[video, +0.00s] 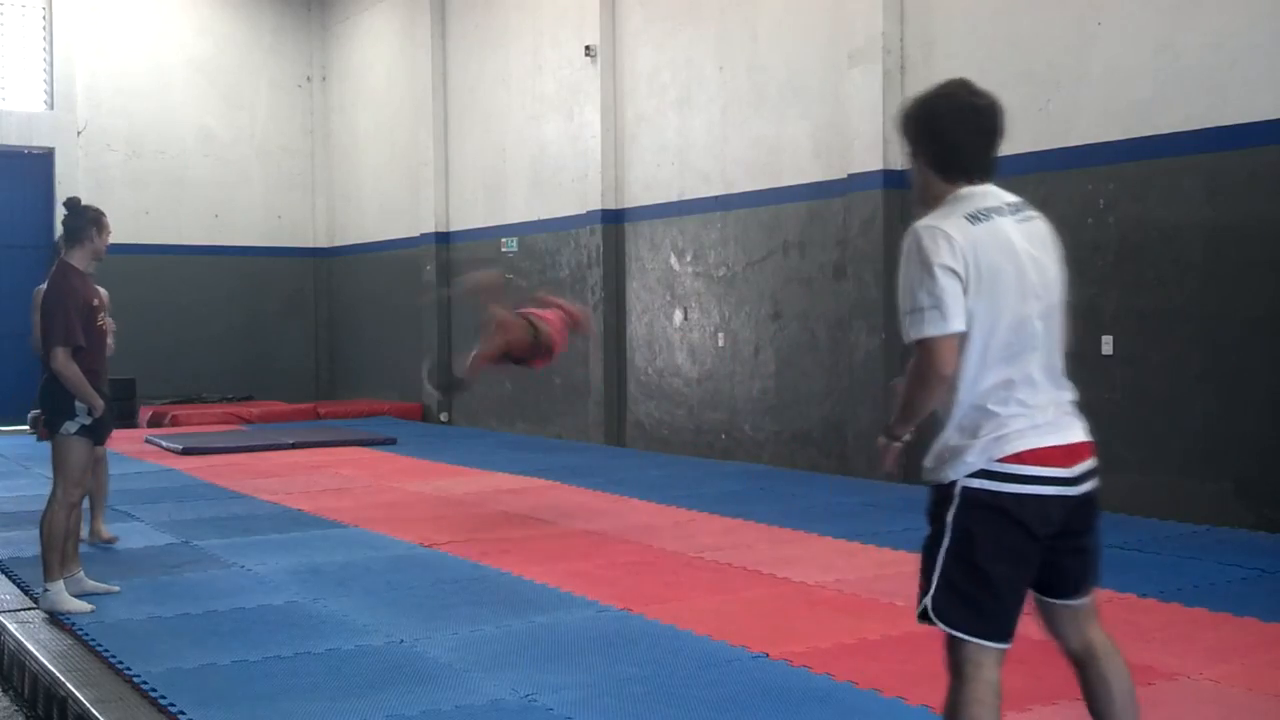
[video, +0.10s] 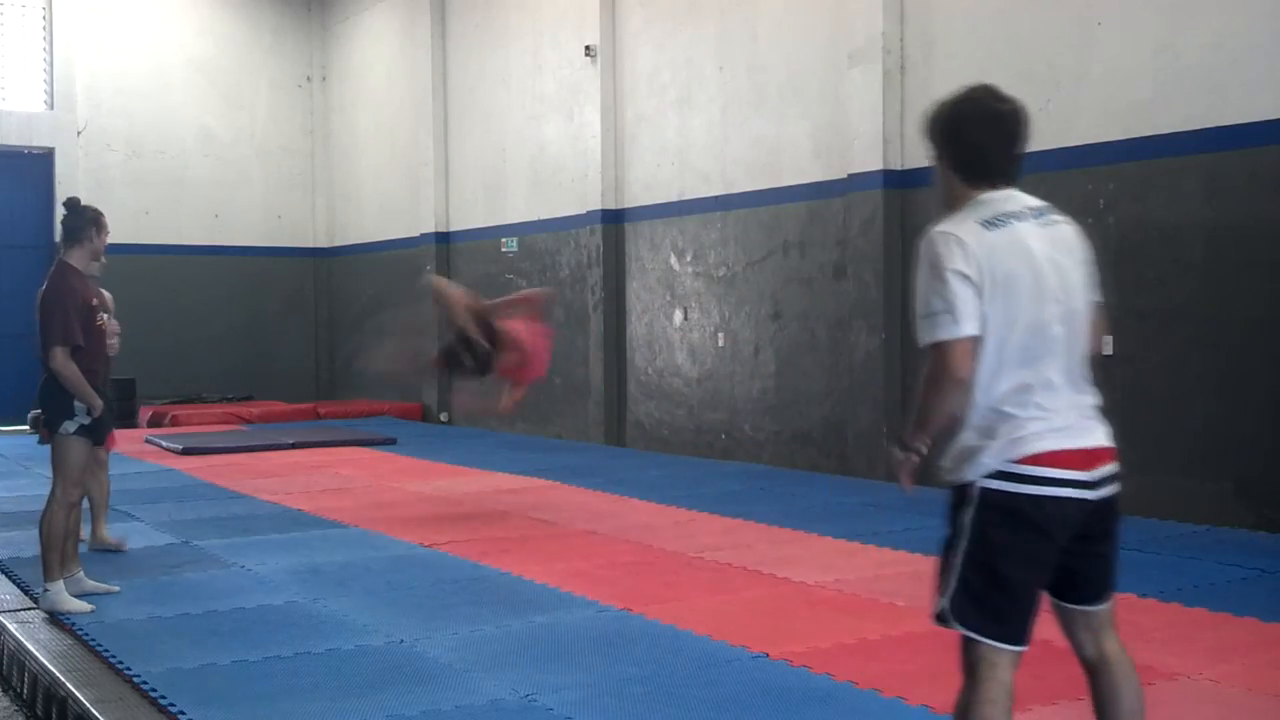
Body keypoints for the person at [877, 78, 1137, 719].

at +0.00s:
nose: (908, 163)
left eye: (911, 150)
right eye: (909, 150)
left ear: (924, 155)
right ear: (987, 148)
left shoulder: (935, 234)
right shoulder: (1035, 223)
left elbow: (939, 370)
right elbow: (1042, 341)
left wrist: (897, 433)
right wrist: (926, 387)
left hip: (991, 478)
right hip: (1071, 468)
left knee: (974, 666)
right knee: (1083, 631)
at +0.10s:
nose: (935, 164)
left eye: (936, 152)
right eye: (937, 151)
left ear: (946, 158)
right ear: (1012, 152)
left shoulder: (951, 240)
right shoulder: (1064, 227)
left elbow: (955, 371)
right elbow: (1093, 340)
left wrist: (915, 443)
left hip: (1013, 482)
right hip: (1094, 474)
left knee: (990, 666)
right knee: (1100, 639)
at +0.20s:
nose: (974, 163)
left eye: (976, 153)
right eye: (980, 151)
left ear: (983, 160)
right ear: (1051, 156)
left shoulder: (982, 241)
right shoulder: (1104, 232)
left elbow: (983, 367)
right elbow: (1137, 345)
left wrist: (950, 464)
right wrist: (1095, 409)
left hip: (1041, 483)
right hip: (1123, 475)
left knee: (1000, 656)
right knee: (1119, 639)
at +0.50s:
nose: (1023, 166)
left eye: (1023, 153)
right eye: (1024, 153)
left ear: (1036, 157)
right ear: (1103, 155)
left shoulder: (1021, 227)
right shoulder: (1149, 230)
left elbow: (1023, 348)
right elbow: (1180, 341)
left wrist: (1002, 451)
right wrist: (1181, 428)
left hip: (1065, 473)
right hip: (1147, 469)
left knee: (1033, 630)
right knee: (1136, 633)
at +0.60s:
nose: (1024, 161)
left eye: (1026, 149)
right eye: (1027, 149)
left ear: (1038, 154)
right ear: (1106, 156)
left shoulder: (1018, 228)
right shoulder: (1155, 232)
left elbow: (1009, 350)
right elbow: (1180, 348)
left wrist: (993, 449)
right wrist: (1178, 433)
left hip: (1061, 473)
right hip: (1145, 469)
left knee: (1050, 640)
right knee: (1134, 635)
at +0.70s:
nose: (1023, 159)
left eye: (1025, 148)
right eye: (1025, 147)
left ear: (1036, 152)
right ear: (1104, 152)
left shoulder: (1017, 228)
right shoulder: (1156, 230)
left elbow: (1006, 350)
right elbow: (1175, 352)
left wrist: (987, 448)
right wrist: (1155, 437)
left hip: (1057, 473)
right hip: (1143, 471)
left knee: (1055, 643)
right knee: (1132, 634)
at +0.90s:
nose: (1012, 167)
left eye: (1012, 155)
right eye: (1014, 155)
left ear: (1024, 160)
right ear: (1092, 155)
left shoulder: (1008, 240)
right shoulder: (1149, 231)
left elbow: (1004, 365)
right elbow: (1175, 344)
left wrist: (996, 459)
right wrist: (1150, 423)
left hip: (1066, 476)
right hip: (1148, 471)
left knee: (1074, 646)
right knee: (1113, 618)